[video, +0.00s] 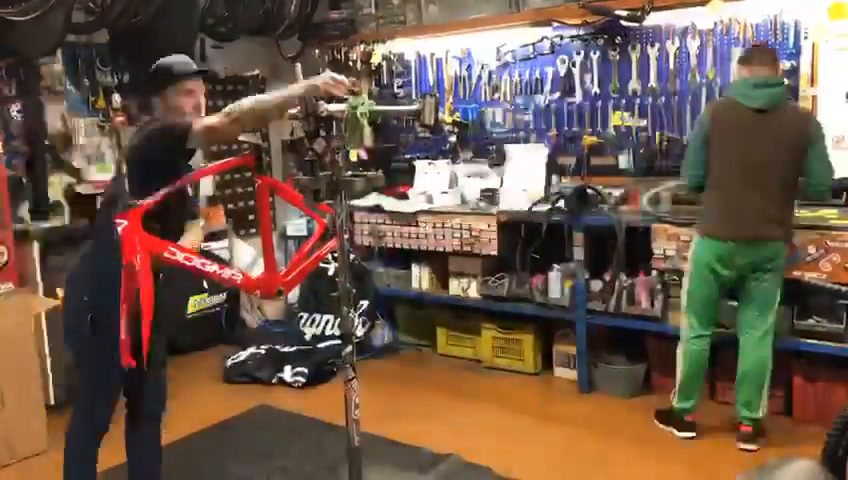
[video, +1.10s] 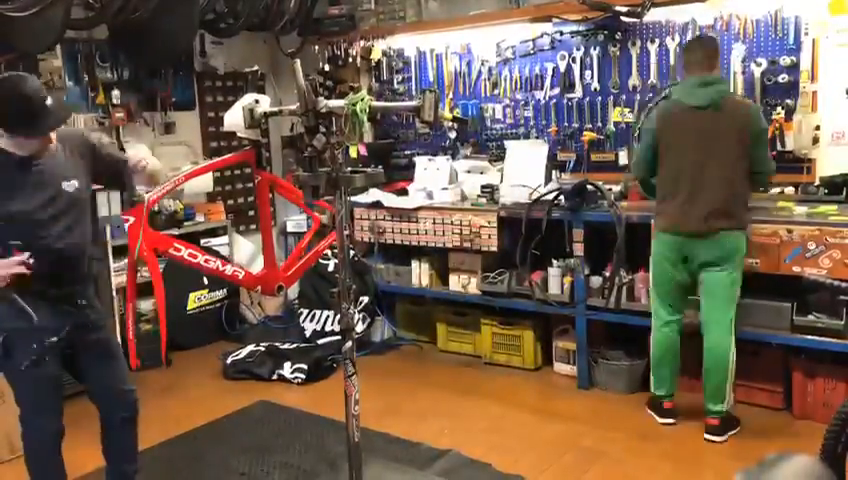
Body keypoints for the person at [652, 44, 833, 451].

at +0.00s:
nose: (739, 80)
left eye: (738, 73)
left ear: (740, 73)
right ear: (779, 74)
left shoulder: (716, 112)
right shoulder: (803, 121)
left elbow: (691, 179)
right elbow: (821, 186)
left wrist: (718, 179)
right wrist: (787, 180)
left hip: (717, 235)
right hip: (768, 238)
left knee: (697, 328)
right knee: (757, 331)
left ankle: (682, 413)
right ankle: (749, 425)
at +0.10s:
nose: (735, 85)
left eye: (735, 79)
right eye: (741, 78)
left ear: (734, 76)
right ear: (772, 73)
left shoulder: (715, 116)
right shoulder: (802, 120)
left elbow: (691, 182)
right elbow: (828, 183)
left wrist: (719, 178)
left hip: (717, 236)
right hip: (769, 239)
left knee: (695, 323)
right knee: (759, 332)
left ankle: (682, 413)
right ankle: (749, 426)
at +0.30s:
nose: (718, 91)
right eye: (716, 87)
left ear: (677, 88)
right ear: (711, 87)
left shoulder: (651, 124)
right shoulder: (730, 113)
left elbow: (642, 186)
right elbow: (752, 176)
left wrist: (666, 198)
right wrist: (736, 190)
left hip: (672, 231)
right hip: (721, 230)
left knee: (681, 322)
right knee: (730, 327)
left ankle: (687, 411)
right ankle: (736, 420)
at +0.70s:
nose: (719, 93)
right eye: (717, 88)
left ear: (684, 86)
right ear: (715, 89)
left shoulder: (652, 124)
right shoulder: (732, 117)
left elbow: (648, 185)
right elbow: (746, 180)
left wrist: (669, 201)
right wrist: (738, 190)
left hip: (666, 232)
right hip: (716, 234)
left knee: (677, 317)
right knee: (731, 317)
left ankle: (685, 410)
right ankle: (709, 409)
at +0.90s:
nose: (680, 78)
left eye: (662, 77)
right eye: (683, 72)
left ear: (653, 81)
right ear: (686, 74)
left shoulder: (646, 130)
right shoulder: (715, 106)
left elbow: (647, 188)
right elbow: (753, 100)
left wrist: (662, 212)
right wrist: (749, 83)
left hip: (670, 229)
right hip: (716, 226)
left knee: (678, 317)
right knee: (732, 315)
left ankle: (685, 410)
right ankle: (709, 409)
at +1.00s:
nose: (706, 74)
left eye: (700, 69)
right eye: (705, 69)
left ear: (668, 76)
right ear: (703, 72)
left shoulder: (651, 125)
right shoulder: (727, 109)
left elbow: (649, 189)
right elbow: (768, 125)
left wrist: (677, 194)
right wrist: (759, 115)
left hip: (670, 228)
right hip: (718, 225)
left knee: (679, 317)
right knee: (733, 314)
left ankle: (685, 409)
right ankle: (709, 409)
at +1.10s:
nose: (706, 70)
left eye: (691, 64)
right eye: (713, 63)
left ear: (683, 66)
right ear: (718, 64)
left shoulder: (663, 111)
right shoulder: (746, 112)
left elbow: (641, 170)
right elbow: (763, 177)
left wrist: (661, 193)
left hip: (671, 230)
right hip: (724, 231)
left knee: (666, 316)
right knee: (719, 323)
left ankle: (663, 404)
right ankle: (716, 417)